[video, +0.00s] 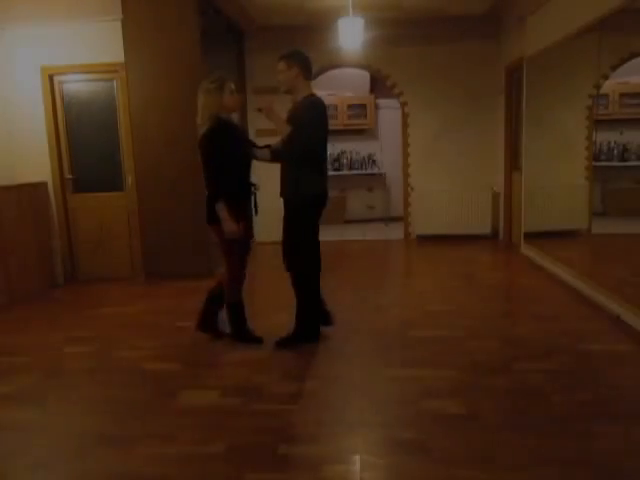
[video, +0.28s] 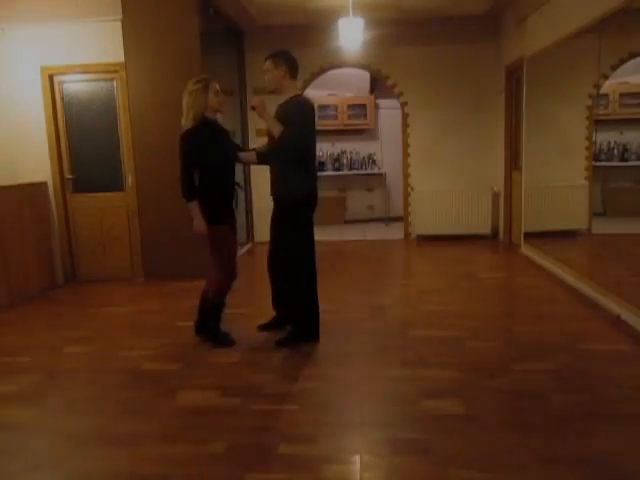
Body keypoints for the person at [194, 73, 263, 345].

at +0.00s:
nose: (237, 97)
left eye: (235, 93)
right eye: (231, 93)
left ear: (227, 98)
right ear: (217, 98)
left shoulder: (233, 130)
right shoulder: (214, 133)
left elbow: (254, 151)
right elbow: (214, 180)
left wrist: (281, 146)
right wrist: (226, 216)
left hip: (240, 204)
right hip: (225, 207)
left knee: (237, 267)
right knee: (233, 269)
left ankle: (209, 315)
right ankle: (238, 324)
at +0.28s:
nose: (221, 98)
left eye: (220, 93)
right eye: (216, 93)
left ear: (209, 99)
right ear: (202, 98)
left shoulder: (218, 130)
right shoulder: (192, 134)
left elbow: (239, 153)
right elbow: (187, 178)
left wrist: (270, 151)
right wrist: (196, 214)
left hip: (225, 204)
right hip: (210, 207)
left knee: (225, 268)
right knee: (222, 269)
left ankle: (209, 323)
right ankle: (207, 325)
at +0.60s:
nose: (214, 99)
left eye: (213, 94)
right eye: (209, 95)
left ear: (205, 99)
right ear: (194, 99)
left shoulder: (212, 130)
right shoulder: (187, 136)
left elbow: (231, 152)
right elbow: (184, 180)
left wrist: (255, 150)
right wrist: (196, 210)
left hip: (222, 203)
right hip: (204, 207)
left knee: (223, 262)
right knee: (210, 267)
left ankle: (214, 309)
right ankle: (206, 328)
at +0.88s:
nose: (207, 103)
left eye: (207, 99)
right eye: (202, 100)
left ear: (204, 104)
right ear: (187, 104)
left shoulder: (209, 134)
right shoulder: (177, 142)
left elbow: (234, 151)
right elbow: (177, 184)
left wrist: (262, 146)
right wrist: (196, 213)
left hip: (217, 199)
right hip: (197, 204)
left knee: (213, 259)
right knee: (218, 260)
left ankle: (210, 307)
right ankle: (197, 304)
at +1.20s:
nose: (199, 105)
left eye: (199, 100)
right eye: (193, 100)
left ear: (197, 105)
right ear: (178, 104)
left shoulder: (201, 135)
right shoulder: (165, 140)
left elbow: (227, 152)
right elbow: (156, 180)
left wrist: (252, 147)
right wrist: (180, 206)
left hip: (209, 201)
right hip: (185, 205)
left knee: (216, 260)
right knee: (196, 264)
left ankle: (211, 309)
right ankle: (183, 311)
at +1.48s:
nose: (187, 103)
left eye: (187, 98)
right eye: (181, 98)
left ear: (182, 104)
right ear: (166, 103)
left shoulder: (190, 136)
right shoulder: (156, 142)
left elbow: (212, 155)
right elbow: (156, 188)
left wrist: (241, 156)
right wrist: (177, 216)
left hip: (200, 208)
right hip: (174, 213)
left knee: (206, 268)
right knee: (181, 270)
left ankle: (191, 324)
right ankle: (183, 325)